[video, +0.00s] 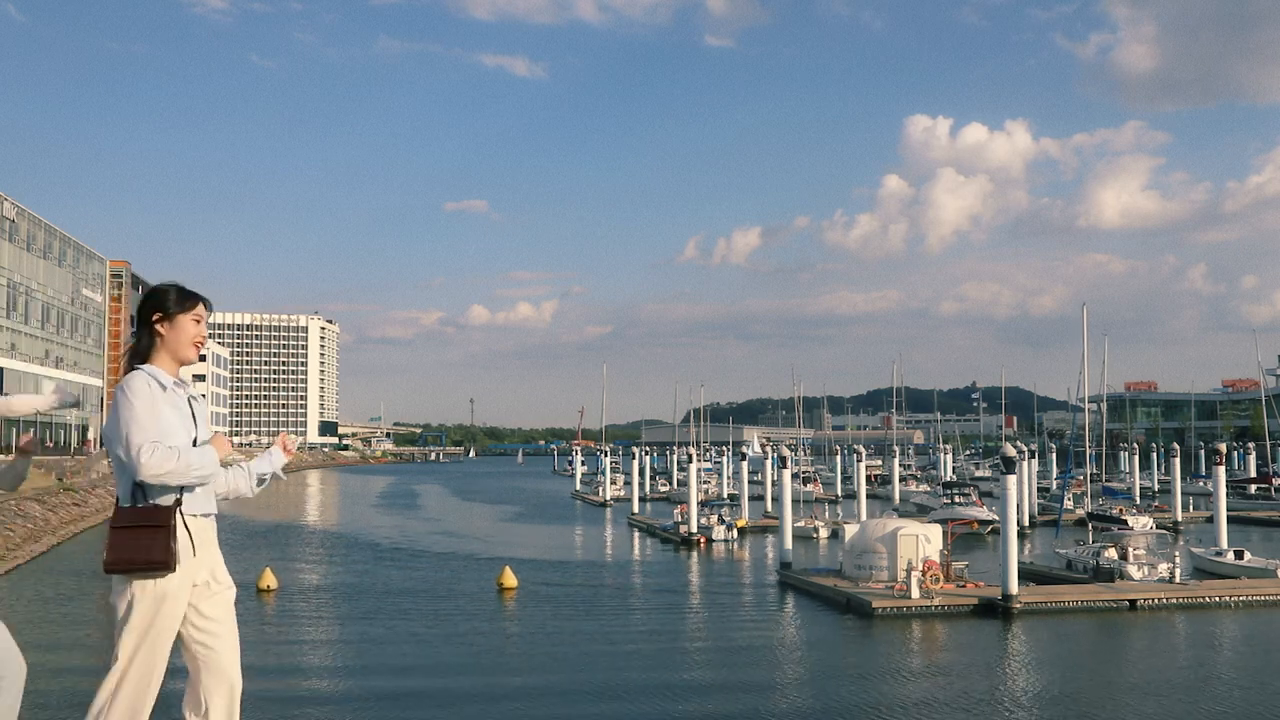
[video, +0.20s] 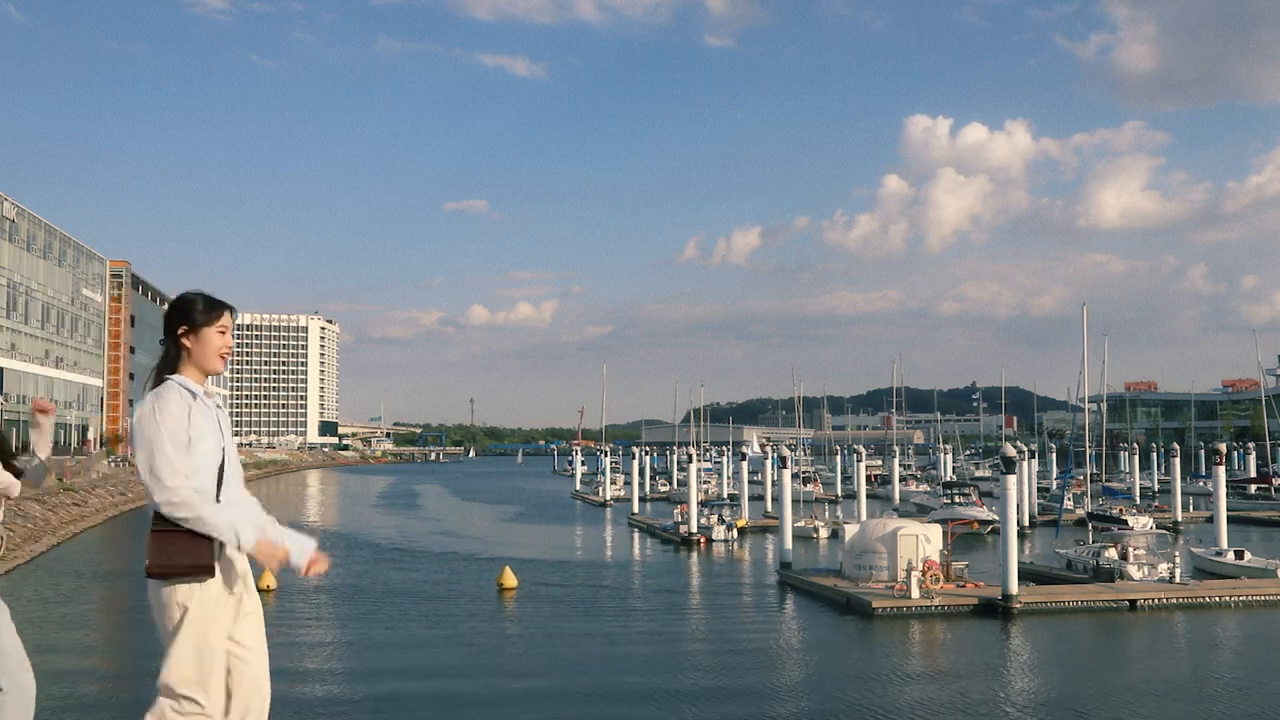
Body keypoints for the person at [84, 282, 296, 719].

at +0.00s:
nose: (204, 334)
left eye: (205, 325)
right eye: (196, 322)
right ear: (161, 325)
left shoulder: (190, 397)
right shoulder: (136, 387)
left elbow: (210, 482)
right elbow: (148, 463)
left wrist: (269, 461)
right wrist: (210, 454)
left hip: (203, 537)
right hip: (157, 537)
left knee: (220, 680)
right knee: (134, 682)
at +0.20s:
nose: (230, 344)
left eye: (231, 333)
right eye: (221, 332)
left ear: (196, 339)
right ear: (187, 337)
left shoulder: (213, 405)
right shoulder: (165, 401)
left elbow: (233, 495)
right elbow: (172, 495)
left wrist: (294, 545)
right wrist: (248, 538)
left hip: (232, 560)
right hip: (190, 561)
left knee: (250, 699)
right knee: (192, 701)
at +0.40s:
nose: (252, 342)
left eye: (252, 332)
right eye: (241, 332)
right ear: (206, 340)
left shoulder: (231, 398)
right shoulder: (202, 397)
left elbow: (255, 483)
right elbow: (195, 487)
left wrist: (293, 525)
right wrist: (269, 499)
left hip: (236, 561)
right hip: (212, 566)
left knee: (245, 683)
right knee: (295, 671)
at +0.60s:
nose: (272, 336)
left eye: (274, 326)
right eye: (261, 327)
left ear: (274, 327)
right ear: (227, 334)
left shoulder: (260, 383)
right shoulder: (224, 383)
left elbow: (259, 461)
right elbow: (213, 471)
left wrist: (291, 469)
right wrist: (258, 437)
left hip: (260, 548)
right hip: (240, 552)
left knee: (247, 687)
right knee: (310, 681)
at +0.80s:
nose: (294, 349)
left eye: (294, 339)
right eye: (281, 342)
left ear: (296, 340)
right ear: (248, 352)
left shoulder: (282, 405)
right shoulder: (244, 406)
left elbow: (275, 486)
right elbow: (226, 492)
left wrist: (308, 504)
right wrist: (299, 477)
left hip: (285, 555)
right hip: (258, 561)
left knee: (277, 695)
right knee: (333, 685)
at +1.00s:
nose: (313, 336)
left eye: (315, 325)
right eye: (301, 326)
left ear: (316, 329)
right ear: (268, 335)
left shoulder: (305, 392)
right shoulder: (257, 391)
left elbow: (312, 468)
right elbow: (246, 478)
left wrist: (340, 488)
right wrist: (321, 450)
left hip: (310, 543)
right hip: (277, 546)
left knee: (280, 683)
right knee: (332, 685)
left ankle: (246, 713)